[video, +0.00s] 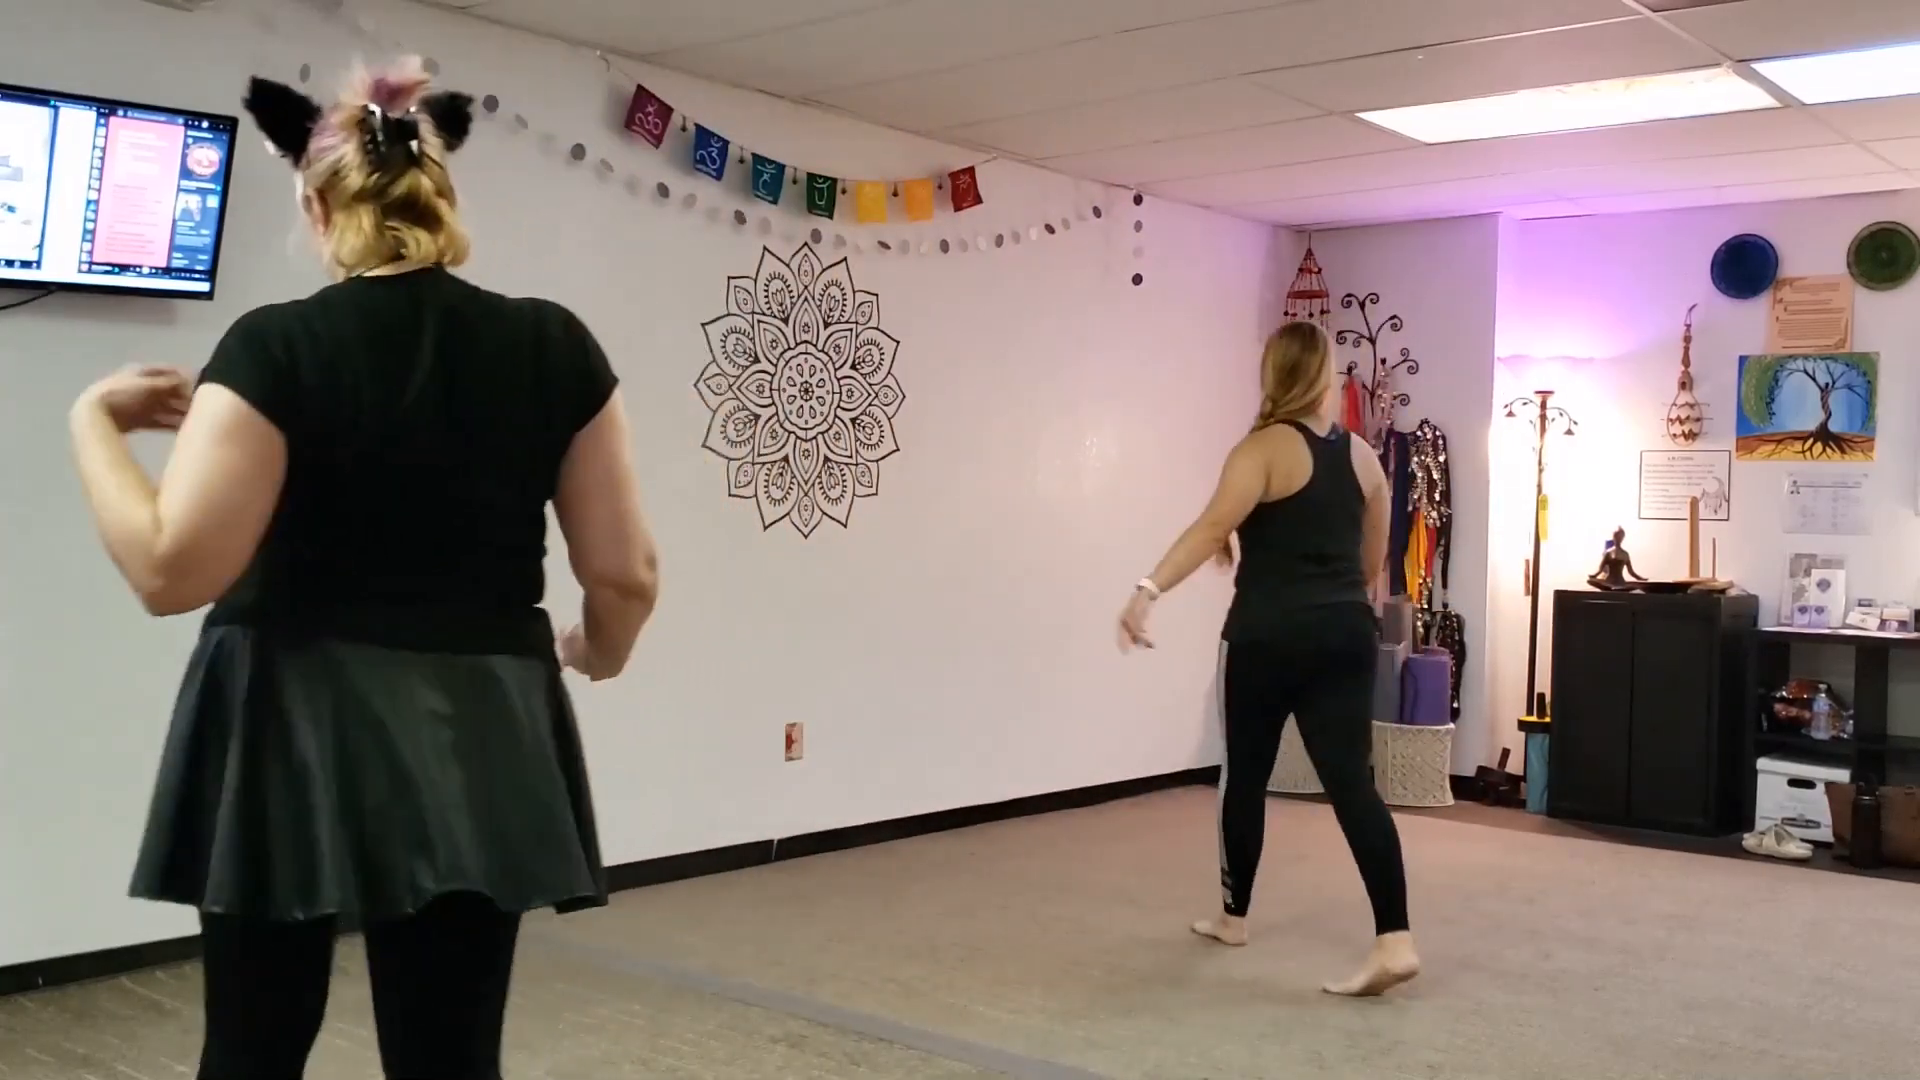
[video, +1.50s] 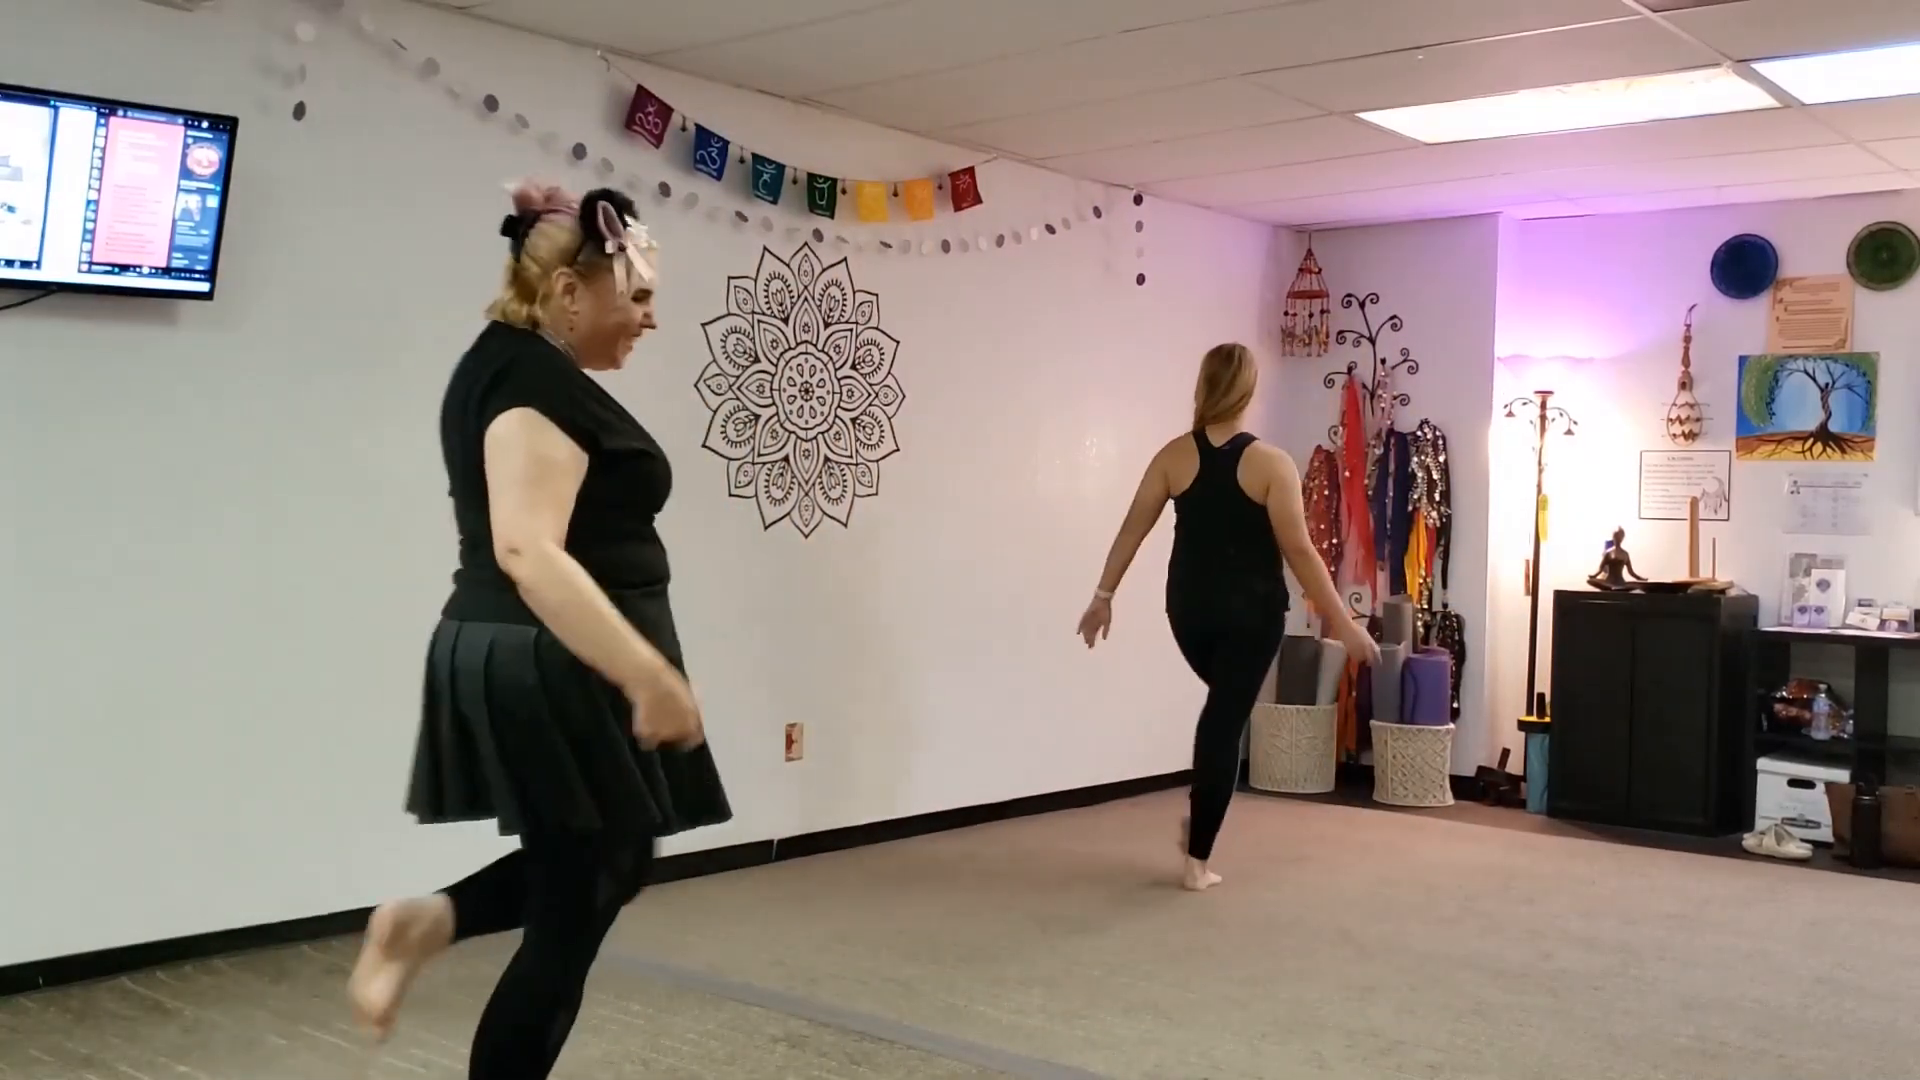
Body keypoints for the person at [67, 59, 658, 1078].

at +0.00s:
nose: (301, 225)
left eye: (301, 205)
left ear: (318, 208)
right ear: (445, 199)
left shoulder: (277, 345)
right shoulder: (550, 345)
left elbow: (171, 575)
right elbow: (624, 572)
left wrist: (90, 412)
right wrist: (597, 653)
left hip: (290, 722)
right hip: (477, 726)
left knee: (252, 1050)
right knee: (451, 1055)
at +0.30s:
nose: (255, 242)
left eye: (256, 225)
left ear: (265, 234)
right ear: (386, 231)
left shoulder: (211, 367)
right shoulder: (483, 361)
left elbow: (96, 567)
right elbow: (574, 563)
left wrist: (3, 467)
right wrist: (589, 699)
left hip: (217, 726)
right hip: (401, 737)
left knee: (216, 1034)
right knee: (390, 1038)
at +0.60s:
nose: (439, 280)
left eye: (440, 259)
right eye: (435, 257)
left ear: (307, 244)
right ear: (395, 253)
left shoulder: (199, 339)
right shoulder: (440, 359)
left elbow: (145, 557)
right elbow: (485, 561)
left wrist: (94, 515)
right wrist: (559, 727)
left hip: (207, 680)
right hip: (386, 692)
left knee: (242, 986)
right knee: (421, 921)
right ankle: (368, 1073)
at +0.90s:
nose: (487, 290)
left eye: (489, 271)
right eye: (480, 270)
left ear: (386, 262)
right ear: (421, 267)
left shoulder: (281, 356)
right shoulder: (448, 366)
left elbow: (259, 518)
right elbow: (462, 541)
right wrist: (537, 723)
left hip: (260, 672)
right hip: (408, 690)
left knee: (273, 981)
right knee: (450, 975)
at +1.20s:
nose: (562, 289)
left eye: (561, 267)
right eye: (552, 266)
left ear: (473, 263)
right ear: (494, 266)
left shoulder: (396, 356)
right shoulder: (496, 374)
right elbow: (488, 540)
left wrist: (468, 199)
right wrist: (535, 716)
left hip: (396, 662)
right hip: (508, 675)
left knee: (375, 938)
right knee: (516, 953)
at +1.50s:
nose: (648, 318)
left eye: (650, 299)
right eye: (636, 296)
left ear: (566, 292)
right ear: (569, 290)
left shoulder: (507, 369)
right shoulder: (534, 384)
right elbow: (528, 550)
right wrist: (650, 675)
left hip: (504, 645)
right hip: (545, 661)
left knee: (615, 854)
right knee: (584, 889)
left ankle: (432, 921)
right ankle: (504, 1068)